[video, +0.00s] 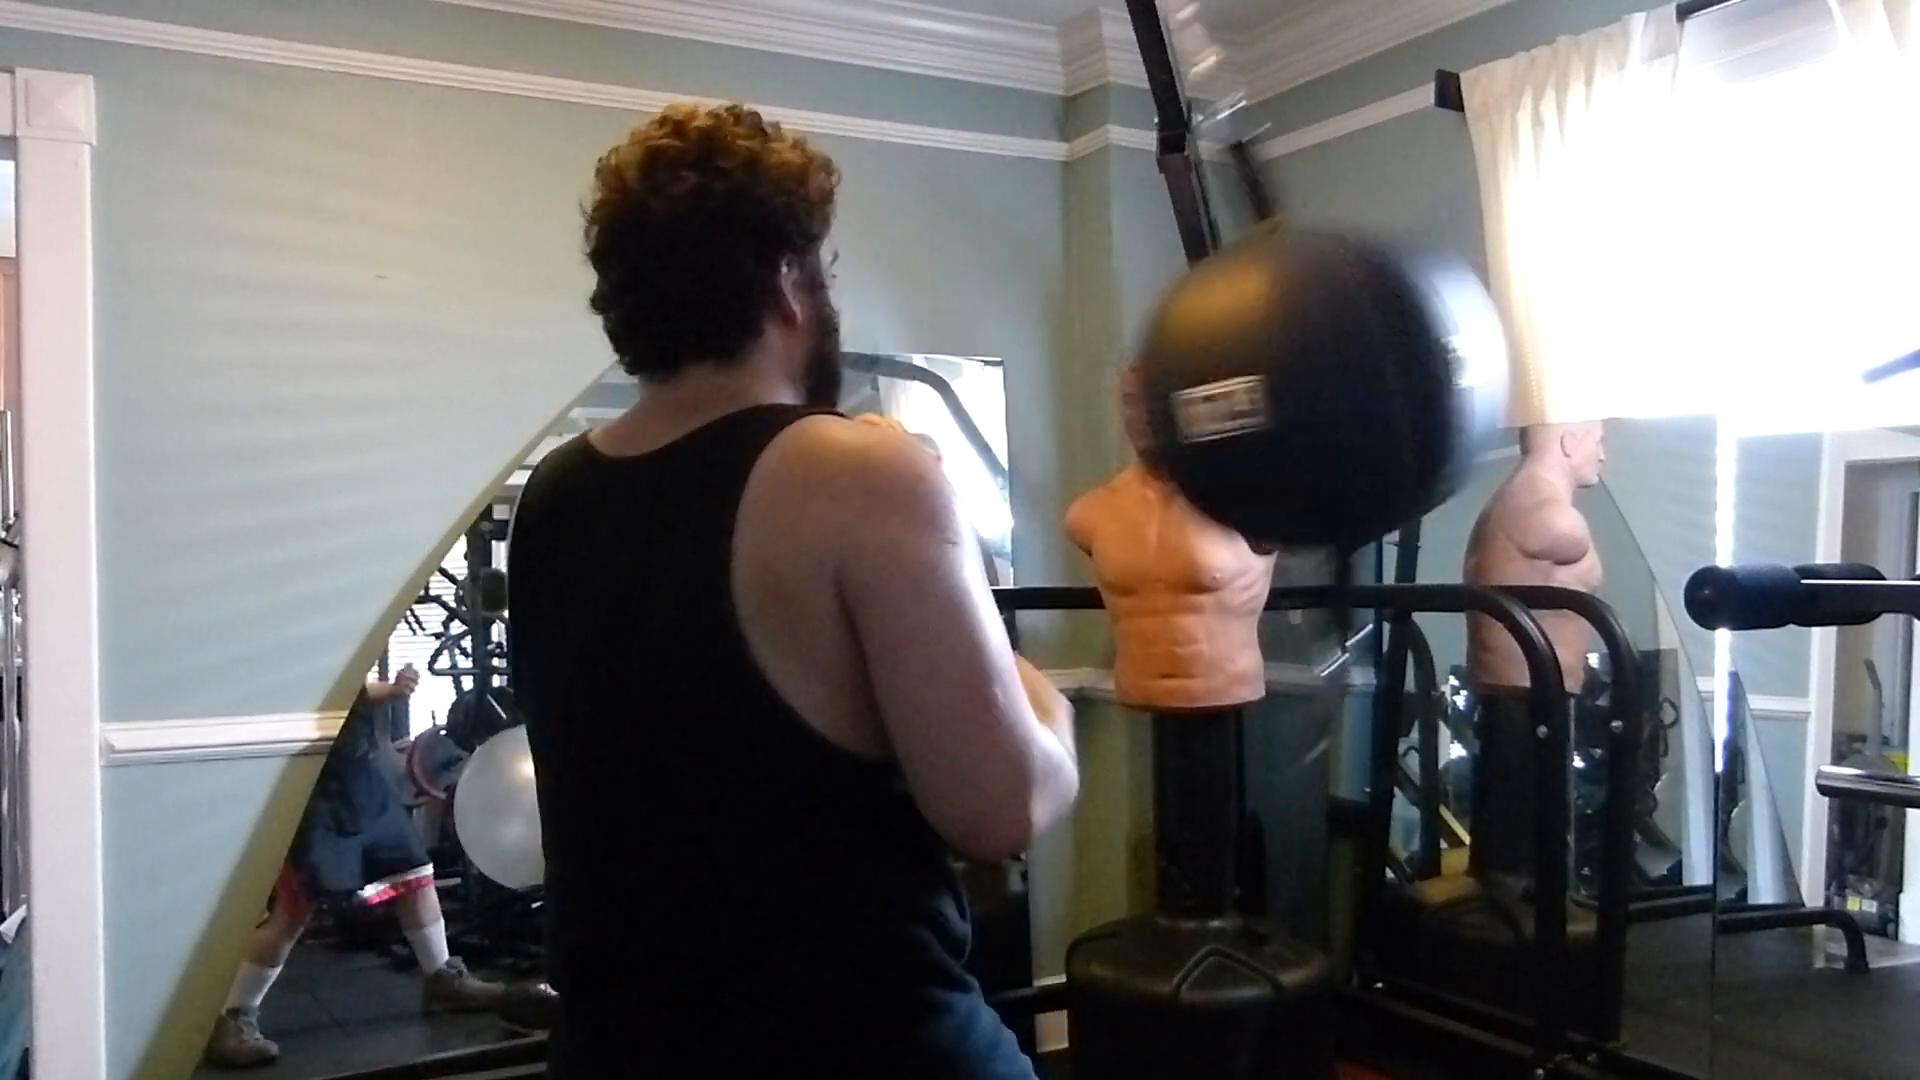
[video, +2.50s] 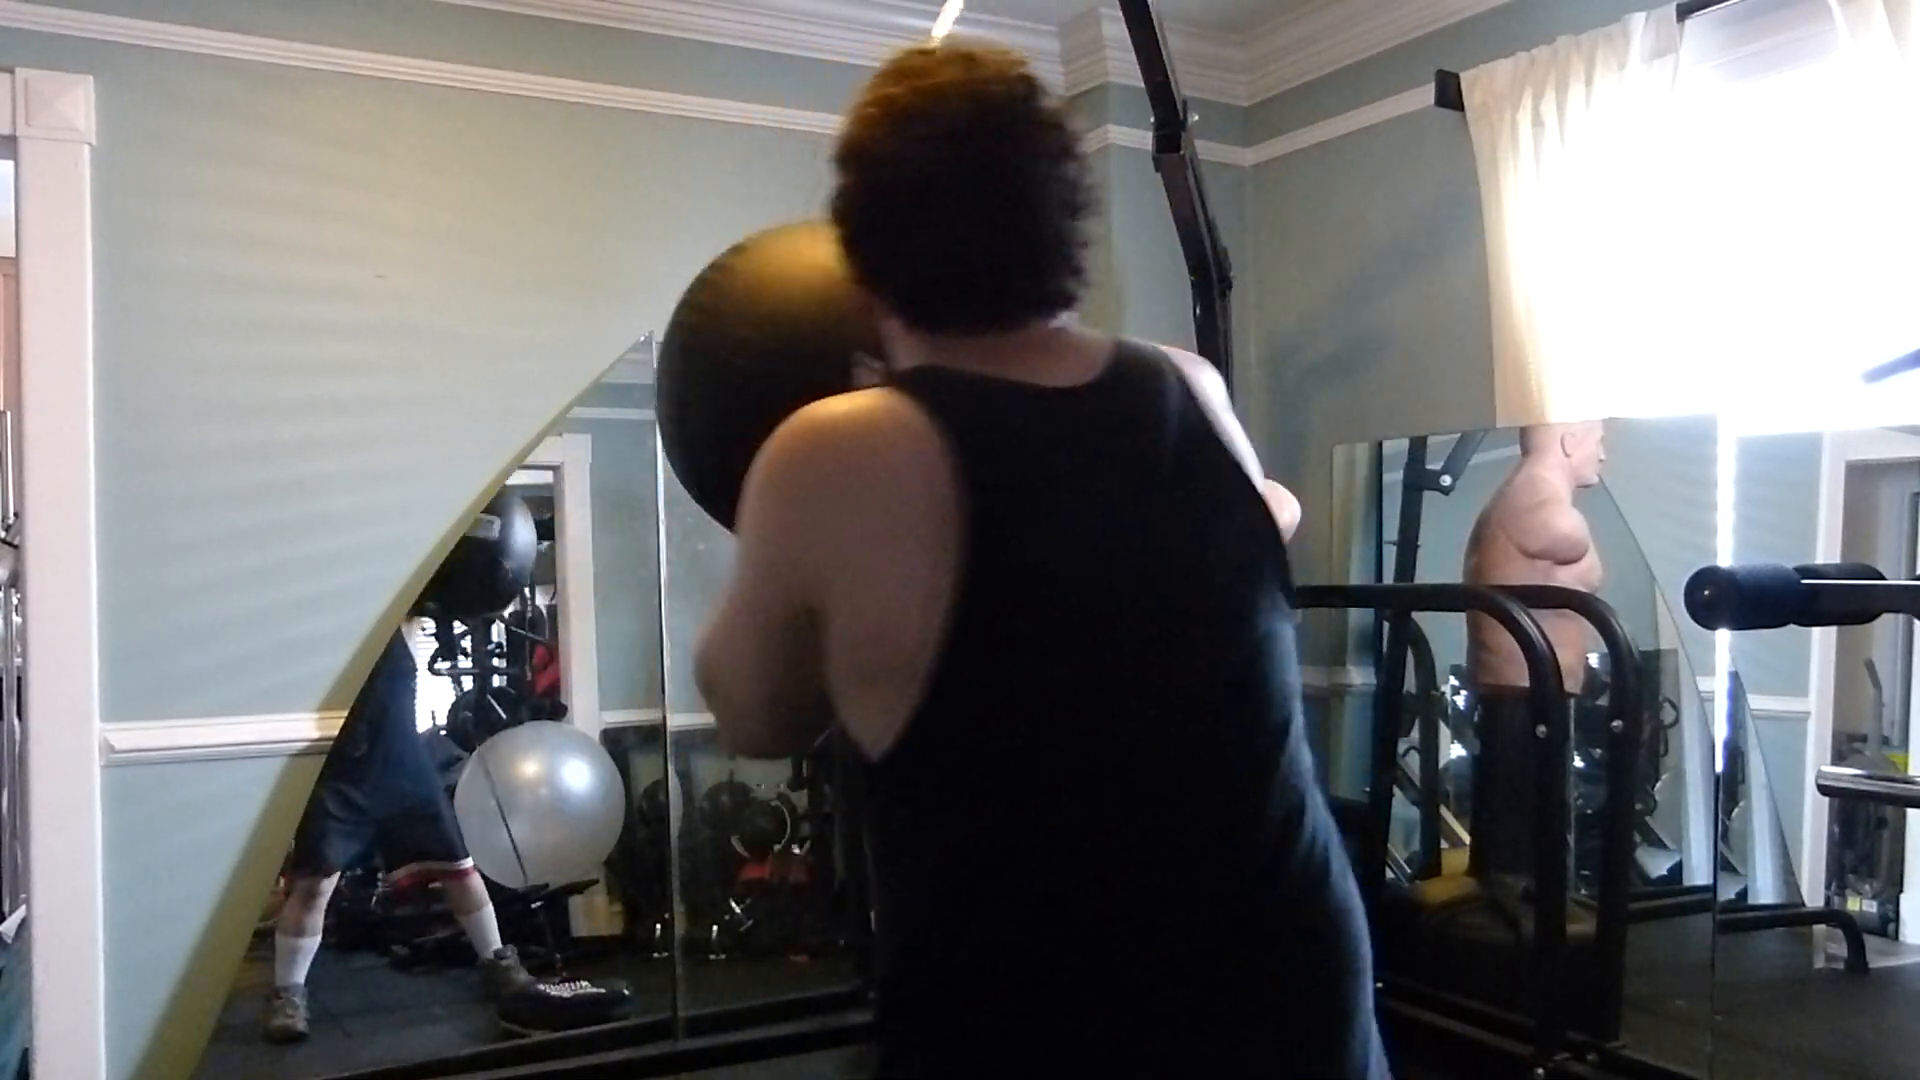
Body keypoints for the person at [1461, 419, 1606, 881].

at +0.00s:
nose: (1603, 454)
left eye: (1602, 439)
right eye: (1597, 438)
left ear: (1557, 441)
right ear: (1566, 441)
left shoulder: (1511, 499)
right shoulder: (1539, 500)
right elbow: (1592, 574)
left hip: (1510, 696)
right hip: (1529, 700)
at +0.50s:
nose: (1603, 454)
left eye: (1602, 440)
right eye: (1597, 439)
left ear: (1555, 441)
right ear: (1567, 441)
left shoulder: (1508, 501)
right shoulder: (1540, 499)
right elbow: (1593, 575)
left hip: (1505, 689)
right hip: (1530, 693)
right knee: (1529, 800)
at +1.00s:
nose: (1604, 455)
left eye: (1603, 440)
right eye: (1598, 438)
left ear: (1556, 441)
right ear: (1566, 441)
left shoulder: (1513, 498)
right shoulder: (1540, 499)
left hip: (1508, 691)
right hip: (1530, 696)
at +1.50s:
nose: (1602, 454)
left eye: (1602, 440)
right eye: (1597, 439)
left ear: (1555, 440)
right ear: (1567, 440)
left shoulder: (1514, 499)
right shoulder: (1540, 503)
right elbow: (1593, 575)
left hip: (1512, 696)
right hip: (1529, 700)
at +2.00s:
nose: (1603, 455)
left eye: (1602, 440)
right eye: (1597, 438)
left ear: (1555, 440)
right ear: (1567, 440)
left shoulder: (1507, 502)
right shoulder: (1539, 500)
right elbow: (1594, 575)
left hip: (1508, 697)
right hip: (1531, 700)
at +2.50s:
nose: (1603, 455)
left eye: (1602, 441)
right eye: (1598, 439)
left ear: (1556, 441)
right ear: (1567, 441)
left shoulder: (1508, 500)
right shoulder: (1539, 495)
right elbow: (1593, 575)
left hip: (1507, 690)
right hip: (1529, 694)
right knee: (1530, 805)